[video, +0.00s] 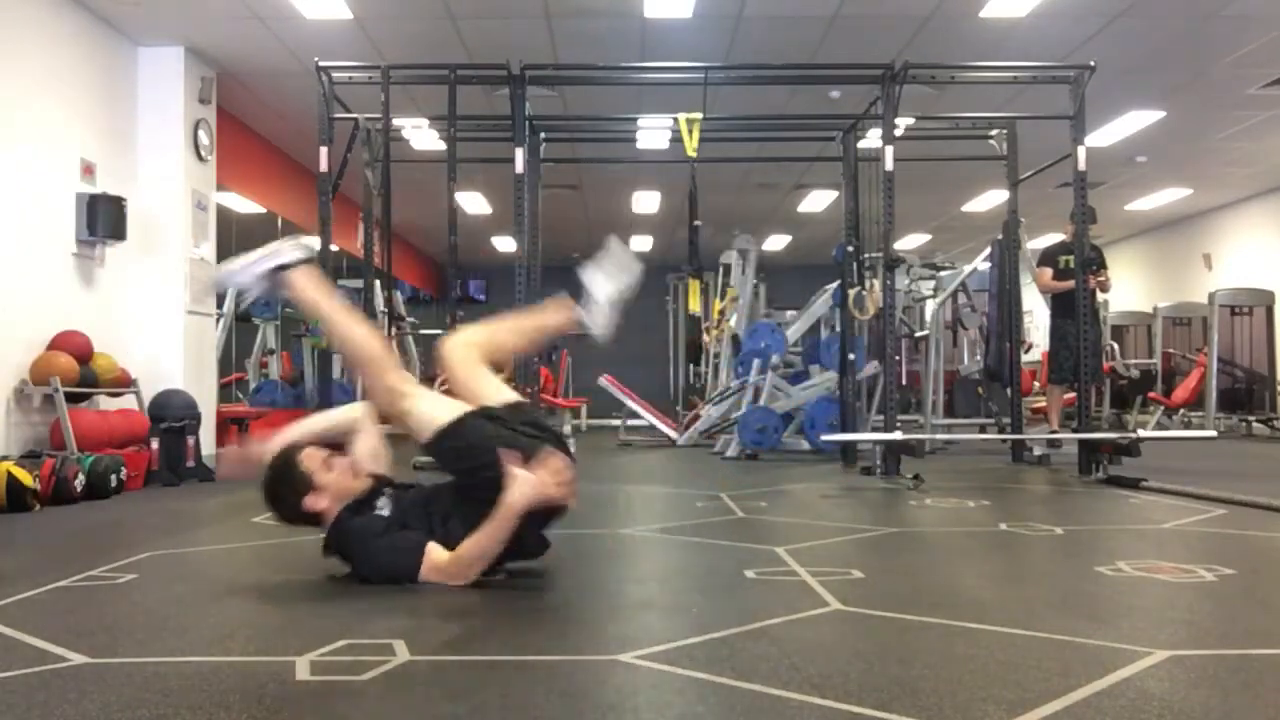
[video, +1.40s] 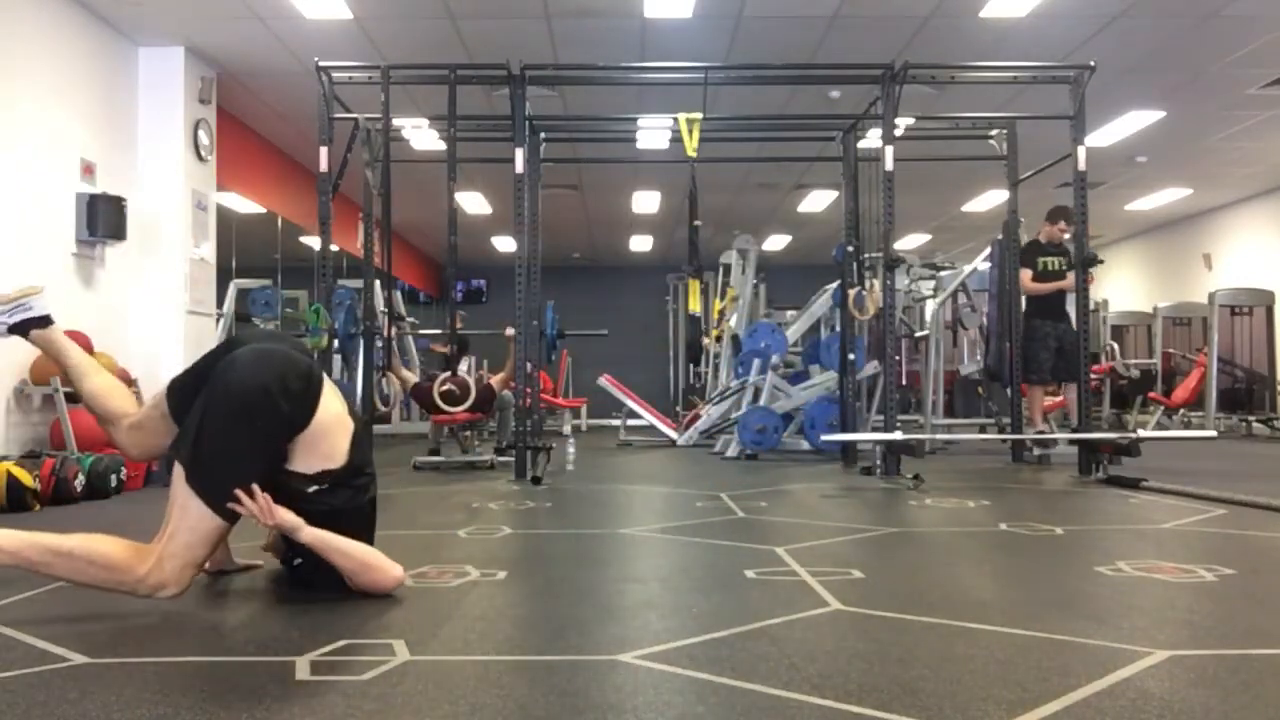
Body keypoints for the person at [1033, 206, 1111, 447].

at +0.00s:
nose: (1082, 230)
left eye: (1086, 225)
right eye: (1078, 224)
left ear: (1092, 227)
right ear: (1069, 224)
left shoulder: (1095, 252)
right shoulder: (1052, 252)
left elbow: (1105, 287)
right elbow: (1043, 285)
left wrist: (1101, 282)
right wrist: (1075, 284)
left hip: (1089, 320)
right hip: (1063, 321)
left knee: (1089, 375)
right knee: (1058, 377)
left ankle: (1087, 423)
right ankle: (1054, 427)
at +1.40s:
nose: (1065, 236)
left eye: (1067, 231)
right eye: (1062, 230)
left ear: (1063, 230)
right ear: (1049, 225)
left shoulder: (1064, 251)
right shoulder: (1029, 250)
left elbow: (1069, 280)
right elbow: (1025, 286)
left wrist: (1081, 280)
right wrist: (1063, 284)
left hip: (1061, 318)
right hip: (1038, 319)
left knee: (1072, 373)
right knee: (1038, 377)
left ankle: (1076, 422)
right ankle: (1038, 425)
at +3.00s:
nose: (1086, 228)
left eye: (1090, 224)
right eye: (1082, 223)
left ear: (1094, 225)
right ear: (1071, 223)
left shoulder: (1097, 252)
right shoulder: (1055, 251)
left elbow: (1106, 282)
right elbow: (1045, 283)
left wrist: (1103, 281)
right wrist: (1080, 283)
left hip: (1088, 319)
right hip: (1062, 319)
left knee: (1088, 374)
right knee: (1053, 374)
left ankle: (1085, 423)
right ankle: (1041, 424)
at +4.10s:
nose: (1078, 222)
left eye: (1082, 217)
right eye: (1073, 217)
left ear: (1088, 220)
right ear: (1065, 220)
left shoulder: (1097, 250)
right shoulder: (1052, 251)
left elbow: (1111, 285)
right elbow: (1034, 283)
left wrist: (1100, 274)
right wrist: (1051, 297)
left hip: (1090, 320)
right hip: (1063, 321)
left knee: (1090, 376)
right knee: (1058, 376)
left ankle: (1087, 425)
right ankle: (1054, 428)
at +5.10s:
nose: (1081, 223)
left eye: (1085, 218)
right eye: (1076, 219)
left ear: (1089, 220)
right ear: (1065, 221)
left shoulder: (1091, 250)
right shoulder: (1051, 252)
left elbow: (1111, 277)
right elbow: (1038, 281)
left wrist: (1096, 255)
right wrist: (1068, 266)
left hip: (1089, 320)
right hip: (1062, 320)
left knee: (1089, 376)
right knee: (1058, 377)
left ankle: (1087, 424)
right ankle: (1054, 428)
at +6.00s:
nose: (1083, 225)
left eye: (1087, 221)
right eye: (1078, 220)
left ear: (1093, 224)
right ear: (1068, 222)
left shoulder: (1092, 250)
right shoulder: (1058, 246)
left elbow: (1125, 258)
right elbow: (1043, 255)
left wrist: (1106, 235)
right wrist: (1058, 231)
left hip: (1088, 318)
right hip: (1063, 318)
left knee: (1088, 375)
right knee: (1059, 376)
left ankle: (1086, 423)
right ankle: (1055, 426)